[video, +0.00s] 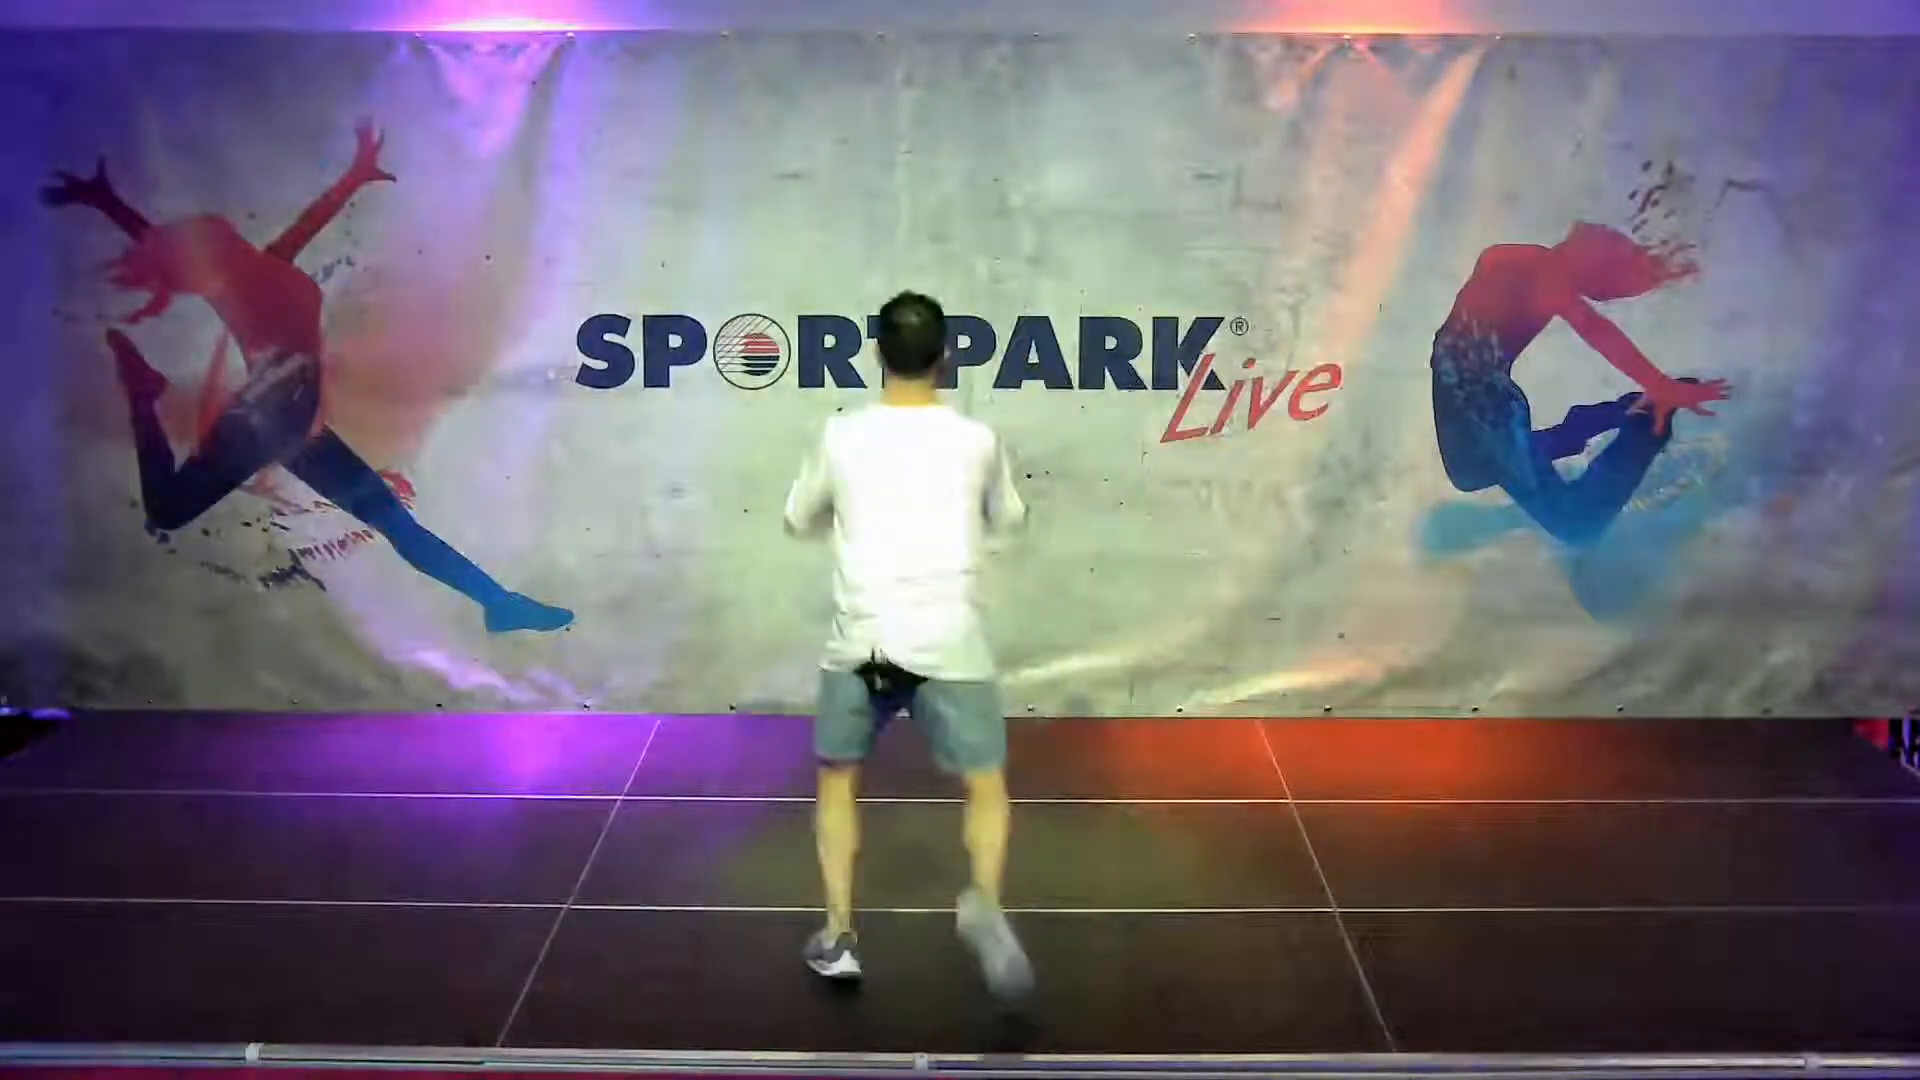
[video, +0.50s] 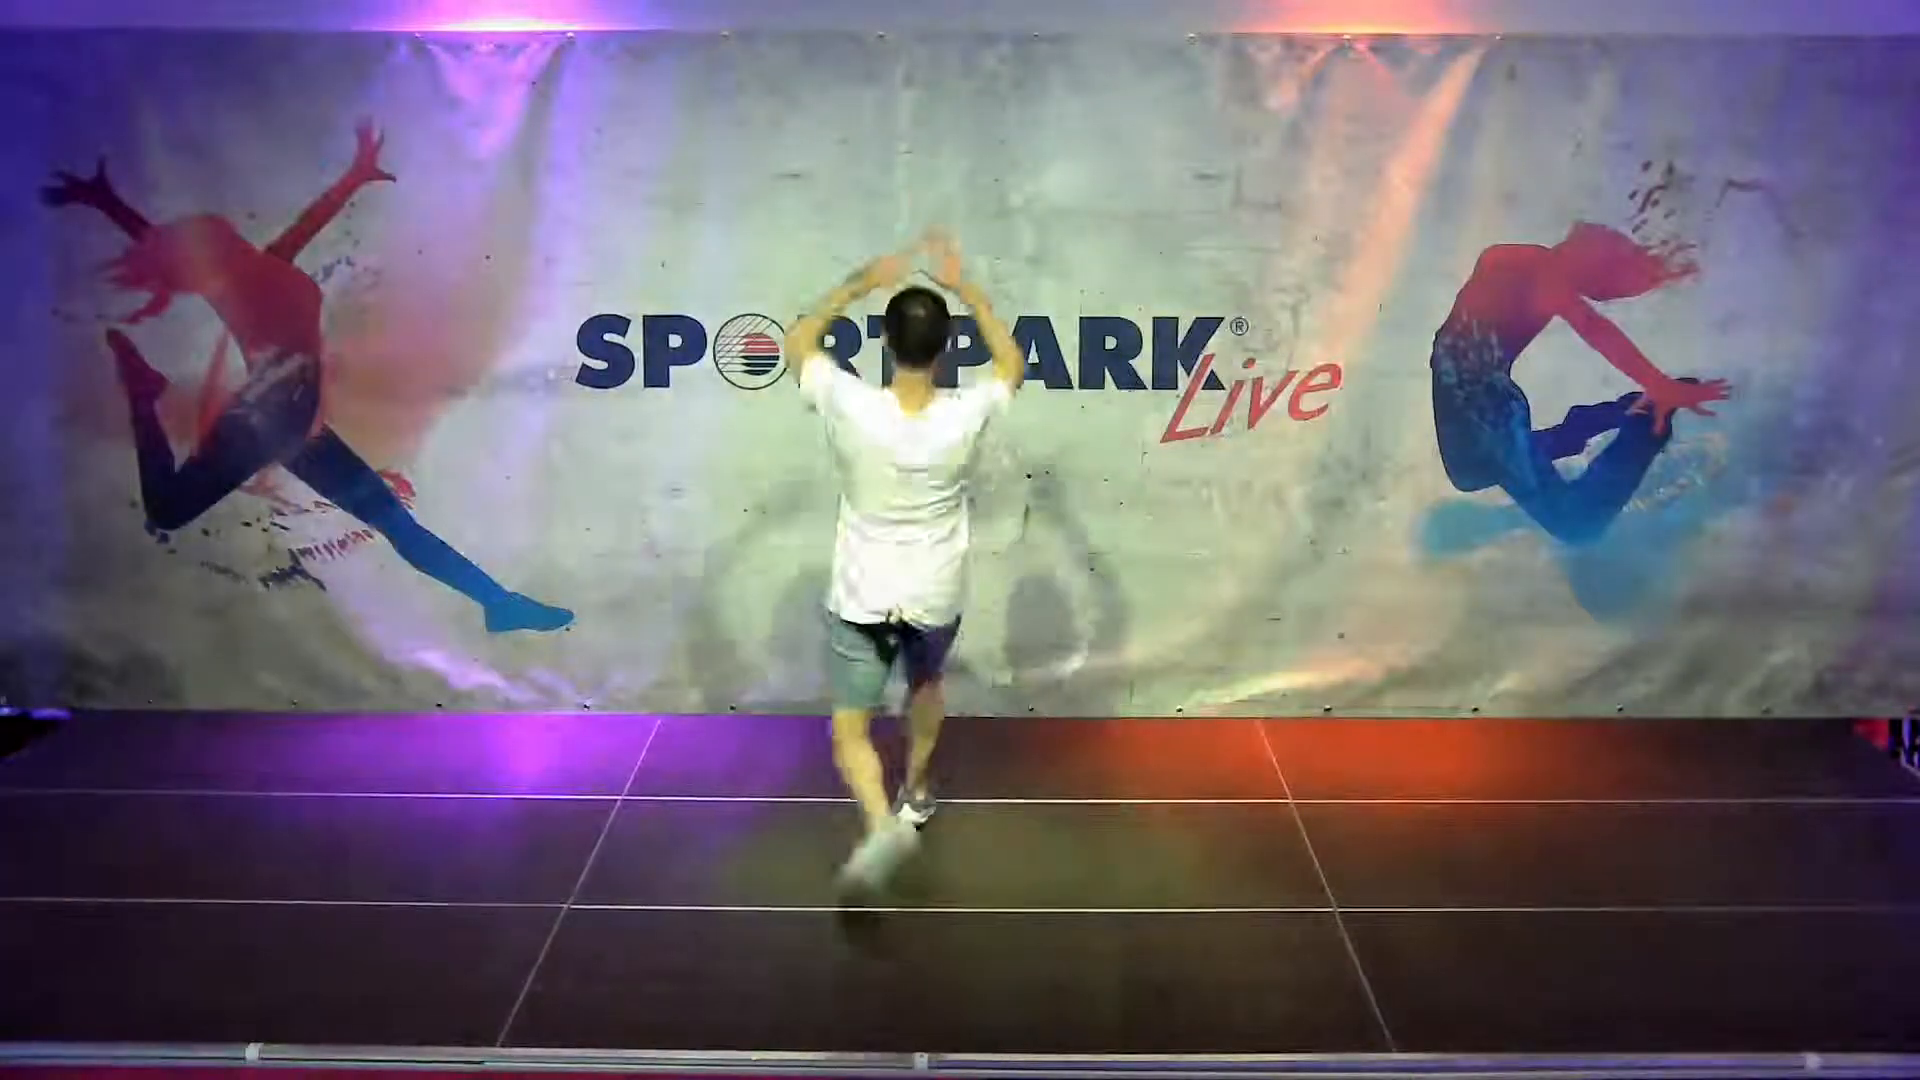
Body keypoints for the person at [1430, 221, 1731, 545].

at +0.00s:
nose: (1597, 286)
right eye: (1605, 279)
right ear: (1591, 243)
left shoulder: (1551, 282)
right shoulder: (1536, 266)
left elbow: (1596, 329)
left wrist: (1657, 384)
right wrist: (1647, 266)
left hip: (1486, 396)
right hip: (1455, 386)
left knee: (1574, 525)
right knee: (1468, 474)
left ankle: (1648, 425)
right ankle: (1568, 438)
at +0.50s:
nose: (1597, 284)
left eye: (1605, 281)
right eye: (1605, 278)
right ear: (1592, 243)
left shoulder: (1551, 283)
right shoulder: (1534, 265)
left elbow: (1596, 330)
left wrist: (1657, 383)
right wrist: (1649, 266)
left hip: (1485, 396)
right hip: (1455, 385)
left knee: (1575, 524)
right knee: (1468, 474)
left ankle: (1647, 426)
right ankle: (1569, 437)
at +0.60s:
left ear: (1591, 247)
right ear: (1593, 240)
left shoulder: (1548, 281)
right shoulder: (1536, 266)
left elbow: (1597, 330)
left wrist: (1657, 384)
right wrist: (1649, 271)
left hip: (1486, 400)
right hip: (1454, 389)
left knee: (1575, 524)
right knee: (1468, 474)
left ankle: (1647, 427)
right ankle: (1571, 436)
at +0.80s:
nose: (1599, 230)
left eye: (1605, 245)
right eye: (1611, 239)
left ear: (1592, 249)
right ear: (1593, 237)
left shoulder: (1547, 281)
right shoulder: (1535, 265)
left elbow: (1596, 329)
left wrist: (1657, 383)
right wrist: (1649, 272)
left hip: (1487, 401)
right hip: (1454, 390)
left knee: (1575, 524)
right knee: (1468, 474)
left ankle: (1648, 425)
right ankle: (1570, 436)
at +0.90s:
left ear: (1588, 244)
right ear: (1592, 240)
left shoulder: (1547, 280)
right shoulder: (1537, 266)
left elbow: (1596, 329)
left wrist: (1657, 383)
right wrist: (1648, 271)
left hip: (1486, 400)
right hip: (1455, 388)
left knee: (1575, 524)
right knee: (1468, 474)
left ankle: (1647, 426)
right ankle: (1570, 437)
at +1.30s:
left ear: (1589, 244)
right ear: (1592, 238)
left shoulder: (1547, 281)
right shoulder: (1535, 265)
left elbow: (1596, 329)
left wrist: (1657, 383)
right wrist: (1648, 271)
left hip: (1486, 401)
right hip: (1455, 390)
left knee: (1575, 524)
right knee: (1467, 474)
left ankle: (1647, 426)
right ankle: (1570, 437)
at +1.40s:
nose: (1599, 231)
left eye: (1604, 245)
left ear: (1589, 245)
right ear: (1592, 237)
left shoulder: (1547, 281)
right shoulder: (1536, 265)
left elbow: (1596, 329)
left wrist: (1657, 383)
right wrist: (1648, 272)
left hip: (1486, 401)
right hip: (1455, 390)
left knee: (1575, 524)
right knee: (1467, 474)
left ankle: (1647, 426)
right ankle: (1570, 437)